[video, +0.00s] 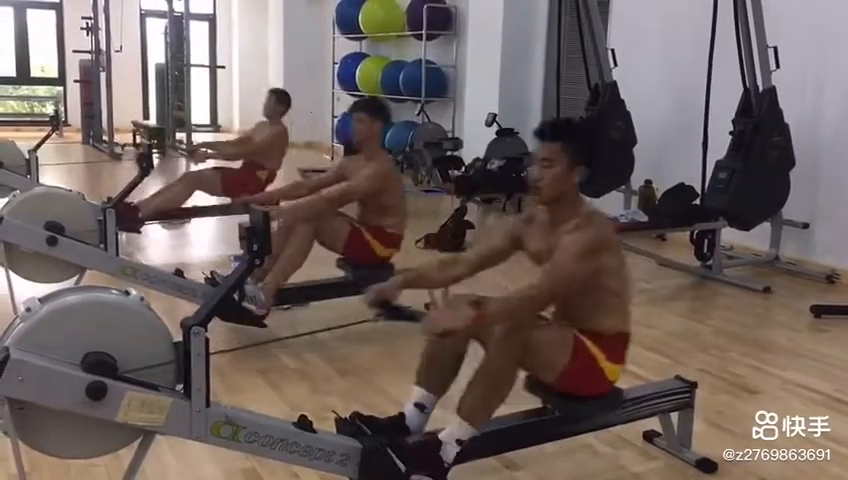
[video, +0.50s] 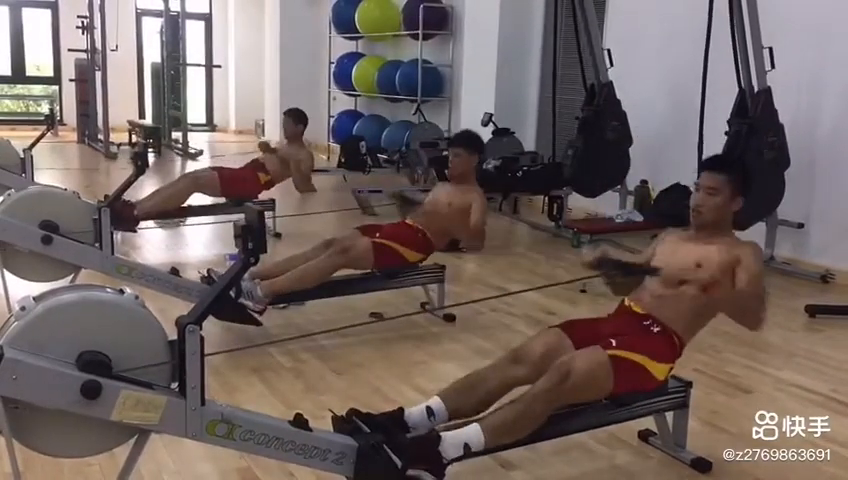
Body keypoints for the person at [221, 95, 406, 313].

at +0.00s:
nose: (353, 127)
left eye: (360, 122)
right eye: (353, 121)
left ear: (377, 127)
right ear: (352, 123)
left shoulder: (381, 169)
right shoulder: (353, 163)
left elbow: (329, 200)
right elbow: (308, 186)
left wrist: (281, 213)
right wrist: (260, 198)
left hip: (379, 244)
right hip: (363, 234)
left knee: (310, 220)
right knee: (296, 212)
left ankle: (266, 294)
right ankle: (258, 280)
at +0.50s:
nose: (449, 163)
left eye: (456, 158)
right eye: (450, 157)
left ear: (474, 162)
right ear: (453, 158)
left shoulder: (476, 198)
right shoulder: (446, 185)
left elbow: (475, 244)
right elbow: (428, 218)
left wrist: (452, 236)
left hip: (413, 243)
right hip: (396, 228)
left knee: (343, 252)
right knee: (330, 243)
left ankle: (262, 293)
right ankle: (247, 276)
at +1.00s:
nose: (429, 144)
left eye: (436, 139)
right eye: (428, 139)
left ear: (454, 144)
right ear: (430, 142)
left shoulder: (458, 181)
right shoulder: (425, 173)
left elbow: (457, 233)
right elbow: (412, 211)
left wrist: (423, 228)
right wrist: (381, 218)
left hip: (414, 242)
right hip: (391, 231)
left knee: (337, 258)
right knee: (325, 248)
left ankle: (259, 298)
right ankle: (243, 280)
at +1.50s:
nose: (397, 135)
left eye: (403, 130)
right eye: (397, 129)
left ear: (422, 134)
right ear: (401, 133)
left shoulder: (431, 176)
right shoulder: (401, 169)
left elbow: (402, 223)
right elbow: (367, 205)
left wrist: (364, 244)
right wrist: (329, 229)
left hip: (408, 251)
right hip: (387, 242)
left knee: (336, 271)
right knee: (324, 258)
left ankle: (260, 301)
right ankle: (247, 285)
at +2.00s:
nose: (375, 135)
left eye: (382, 130)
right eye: (375, 129)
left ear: (401, 134)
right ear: (382, 133)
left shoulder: (416, 168)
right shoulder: (380, 169)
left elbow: (383, 213)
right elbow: (345, 199)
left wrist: (341, 236)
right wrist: (304, 225)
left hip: (405, 247)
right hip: (380, 238)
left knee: (330, 251)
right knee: (316, 243)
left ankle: (263, 301)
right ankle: (246, 284)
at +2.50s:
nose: (315, 134)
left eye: (323, 130)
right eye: (317, 129)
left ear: (341, 135)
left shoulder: (359, 172)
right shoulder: (330, 168)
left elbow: (318, 211)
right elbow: (292, 196)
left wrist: (269, 237)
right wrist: (250, 225)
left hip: (366, 248)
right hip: (349, 239)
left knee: (300, 219)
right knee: (283, 208)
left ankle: (266, 296)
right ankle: (252, 280)